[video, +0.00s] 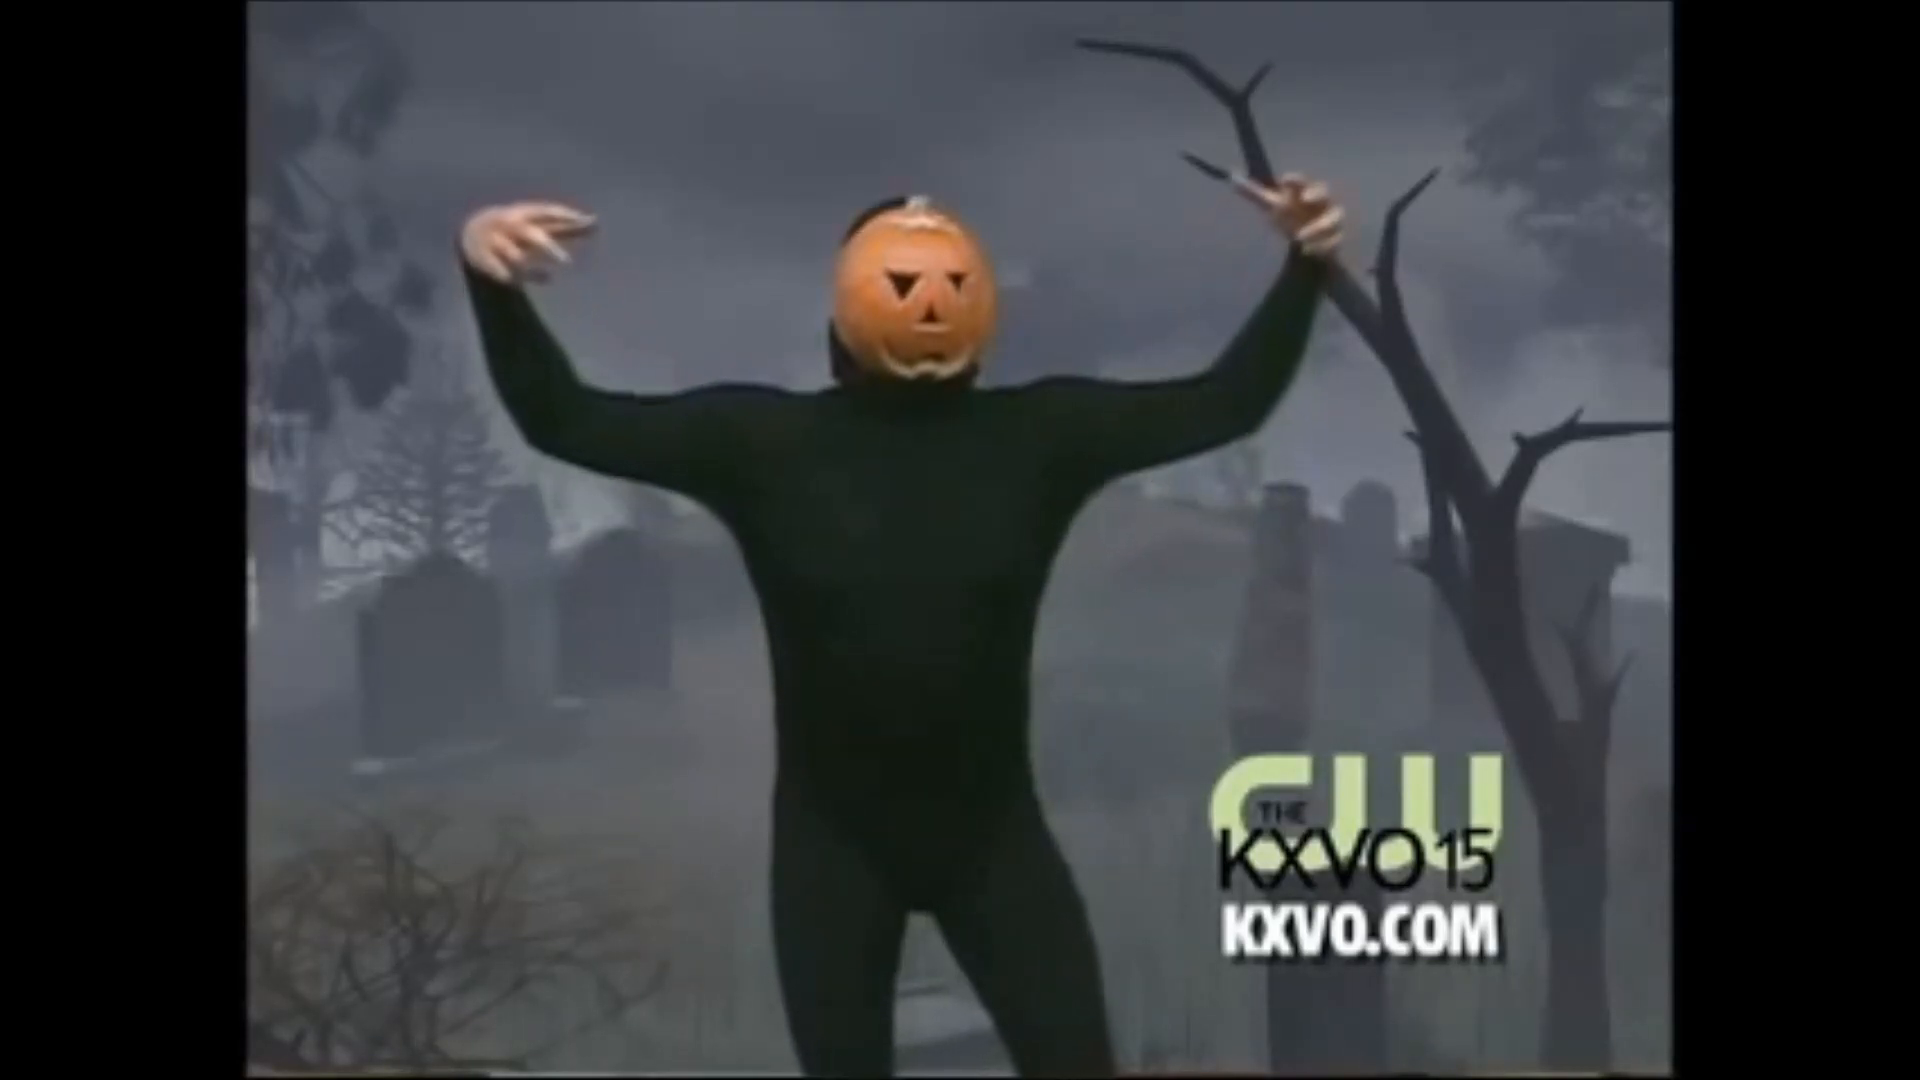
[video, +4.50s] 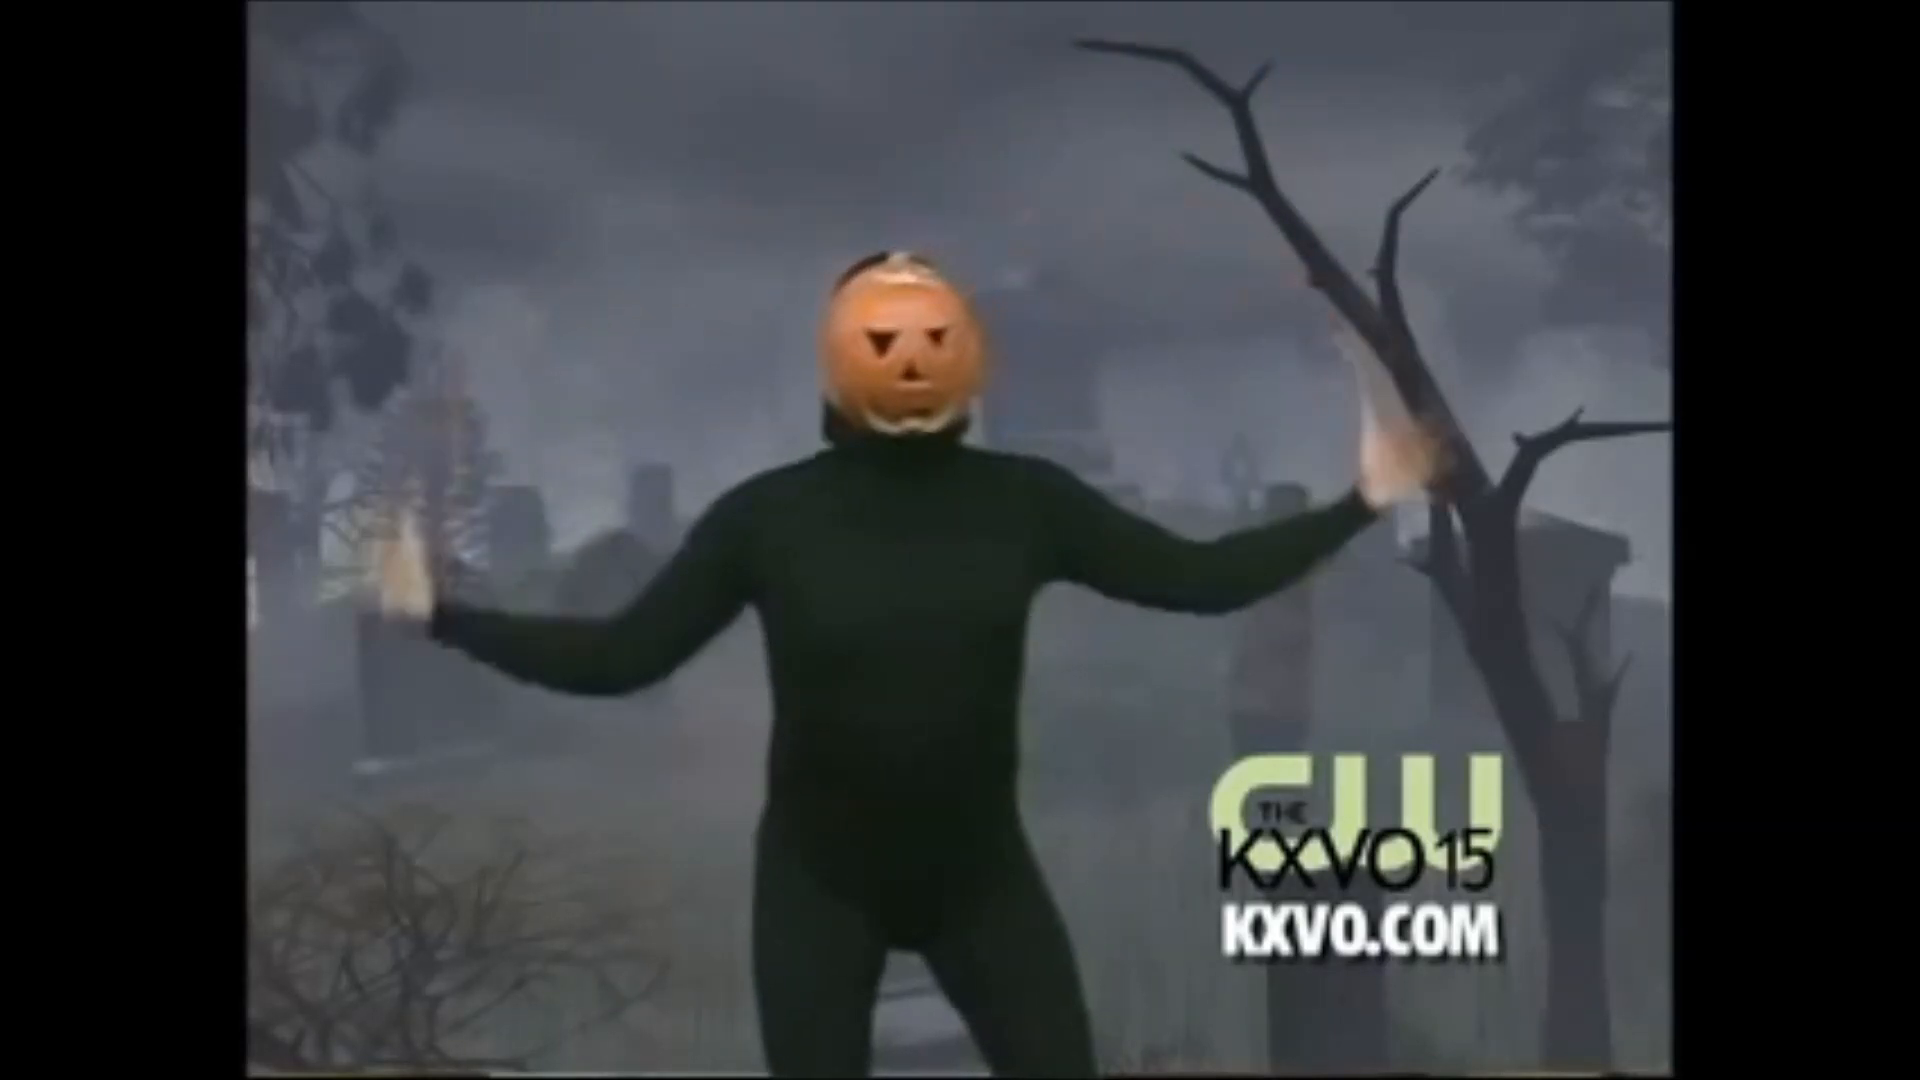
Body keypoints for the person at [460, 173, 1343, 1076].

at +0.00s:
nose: (927, 289)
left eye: (953, 271)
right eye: (893, 268)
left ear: (988, 315)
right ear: (838, 314)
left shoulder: (1051, 431)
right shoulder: (756, 439)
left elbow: (1231, 398)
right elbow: (560, 416)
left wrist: (1305, 268)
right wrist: (491, 280)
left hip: (996, 836)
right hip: (830, 844)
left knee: (1078, 1062)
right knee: (841, 1066)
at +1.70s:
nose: (924, 282)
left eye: (949, 267)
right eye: (893, 265)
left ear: (990, 300)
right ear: (841, 301)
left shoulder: (1037, 399)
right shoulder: (772, 401)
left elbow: (1186, 274)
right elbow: (604, 279)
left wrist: (1259, 123)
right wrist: (515, 98)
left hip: (996, 837)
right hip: (830, 845)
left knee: (1088, 1066)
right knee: (819, 1068)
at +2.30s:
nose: (932, 293)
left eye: (956, 279)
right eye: (900, 277)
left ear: (996, 311)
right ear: (849, 313)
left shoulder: (1033, 410)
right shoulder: (786, 409)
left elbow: (1159, 250)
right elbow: (663, 246)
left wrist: (1141, 59)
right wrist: (679, 42)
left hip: (1000, 841)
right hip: (830, 848)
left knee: (1089, 1066)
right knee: (819, 1067)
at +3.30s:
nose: (943, 345)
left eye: (967, 328)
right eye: (911, 326)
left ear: (1002, 360)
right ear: (858, 357)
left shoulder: (1049, 463)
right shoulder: (786, 467)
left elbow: (1218, 361)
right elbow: (620, 380)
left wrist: (1148, 218)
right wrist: (707, 220)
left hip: (998, 859)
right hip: (835, 865)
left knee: (1084, 1065)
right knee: (825, 1067)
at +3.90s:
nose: (939, 353)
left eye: (965, 331)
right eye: (905, 332)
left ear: (1001, 362)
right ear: (853, 366)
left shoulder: (1057, 481)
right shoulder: (775, 487)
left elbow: (1241, 465)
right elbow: (578, 495)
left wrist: (1280, 311)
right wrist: (557, 321)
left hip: (995, 865)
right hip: (831, 871)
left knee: (1078, 1066)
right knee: (824, 1067)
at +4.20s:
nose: (930, 349)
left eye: (956, 331)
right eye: (899, 332)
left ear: (992, 364)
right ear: (848, 368)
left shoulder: (1047, 494)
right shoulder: (777, 503)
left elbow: (1232, 524)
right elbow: (585, 584)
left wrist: (1344, 385)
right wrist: (472, 431)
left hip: (989, 866)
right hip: (825, 873)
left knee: (1067, 1064)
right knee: (822, 1070)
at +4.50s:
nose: (908, 337)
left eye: (935, 324)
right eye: (877, 326)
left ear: (972, 368)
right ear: (833, 370)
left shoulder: (1029, 503)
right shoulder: (768, 516)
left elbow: (1202, 575)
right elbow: (622, 656)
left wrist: (1365, 496)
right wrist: (439, 610)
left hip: (979, 871)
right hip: (817, 876)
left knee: (1059, 1062)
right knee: (813, 1072)